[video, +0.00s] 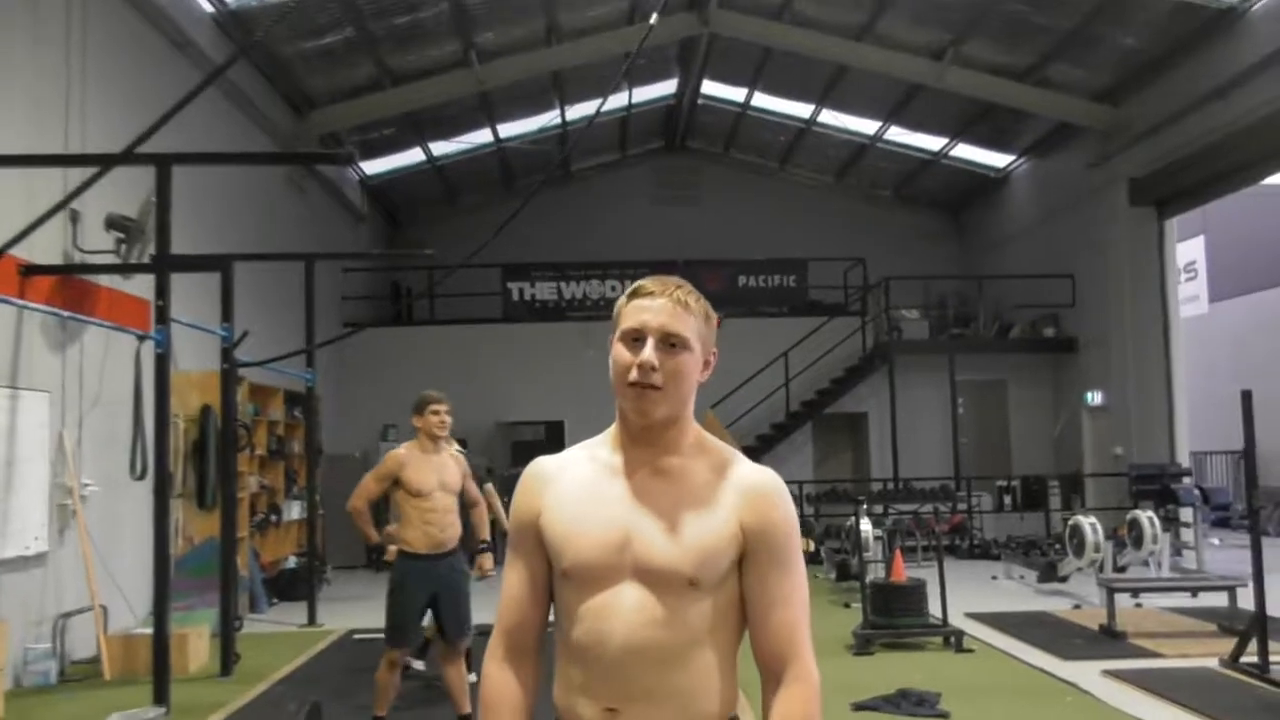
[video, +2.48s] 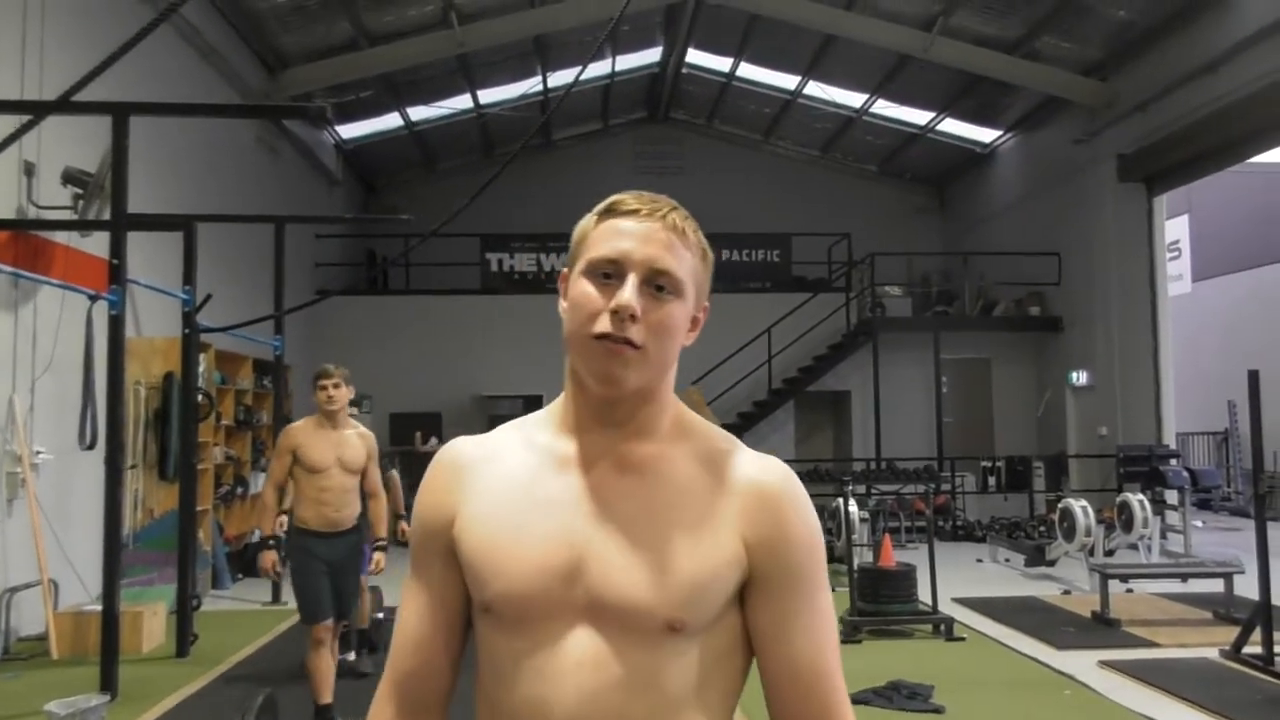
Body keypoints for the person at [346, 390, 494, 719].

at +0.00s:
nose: (444, 420)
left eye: (447, 414)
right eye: (435, 414)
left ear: (451, 420)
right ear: (417, 420)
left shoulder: (456, 459)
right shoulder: (399, 458)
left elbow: (476, 502)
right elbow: (356, 504)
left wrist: (484, 547)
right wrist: (378, 543)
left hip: (452, 563)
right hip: (410, 565)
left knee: (456, 647)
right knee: (396, 655)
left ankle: (466, 713)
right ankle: (380, 714)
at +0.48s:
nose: (370, 371)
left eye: (373, 365)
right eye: (361, 367)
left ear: (379, 371)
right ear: (344, 376)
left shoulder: (396, 413)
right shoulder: (331, 418)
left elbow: (413, 462)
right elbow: (305, 472)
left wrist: (429, 506)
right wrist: (302, 529)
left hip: (398, 519)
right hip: (353, 522)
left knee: (418, 601)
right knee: (355, 610)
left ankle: (418, 682)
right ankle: (352, 691)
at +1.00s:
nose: (396, 363)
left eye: (396, 357)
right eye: (390, 356)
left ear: (378, 362)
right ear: (367, 359)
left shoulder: (394, 402)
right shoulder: (334, 402)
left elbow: (409, 454)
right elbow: (314, 464)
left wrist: (421, 495)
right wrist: (325, 521)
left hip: (396, 508)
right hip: (354, 510)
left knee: (401, 598)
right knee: (358, 601)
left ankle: (404, 678)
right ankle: (359, 683)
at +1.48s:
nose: (376, 374)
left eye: (375, 367)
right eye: (369, 366)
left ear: (349, 370)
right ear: (347, 370)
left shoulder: (374, 409)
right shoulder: (315, 414)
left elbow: (380, 462)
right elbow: (298, 476)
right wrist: (306, 536)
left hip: (375, 506)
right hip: (335, 511)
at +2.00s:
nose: (336, 384)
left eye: (339, 376)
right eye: (326, 380)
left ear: (347, 379)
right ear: (312, 392)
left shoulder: (371, 421)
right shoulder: (303, 431)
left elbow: (385, 473)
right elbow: (285, 492)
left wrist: (390, 523)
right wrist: (295, 549)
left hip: (372, 531)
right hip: (331, 532)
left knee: (375, 622)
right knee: (337, 627)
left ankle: (372, 702)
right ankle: (337, 705)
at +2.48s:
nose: (330, 393)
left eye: (336, 387)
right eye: (323, 388)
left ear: (350, 393)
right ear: (315, 395)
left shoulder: (365, 439)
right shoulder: (294, 434)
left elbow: (375, 494)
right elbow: (272, 487)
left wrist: (380, 543)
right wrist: (266, 542)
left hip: (349, 539)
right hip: (306, 539)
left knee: (335, 630)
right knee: (320, 633)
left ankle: (324, 704)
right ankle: (324, 709)